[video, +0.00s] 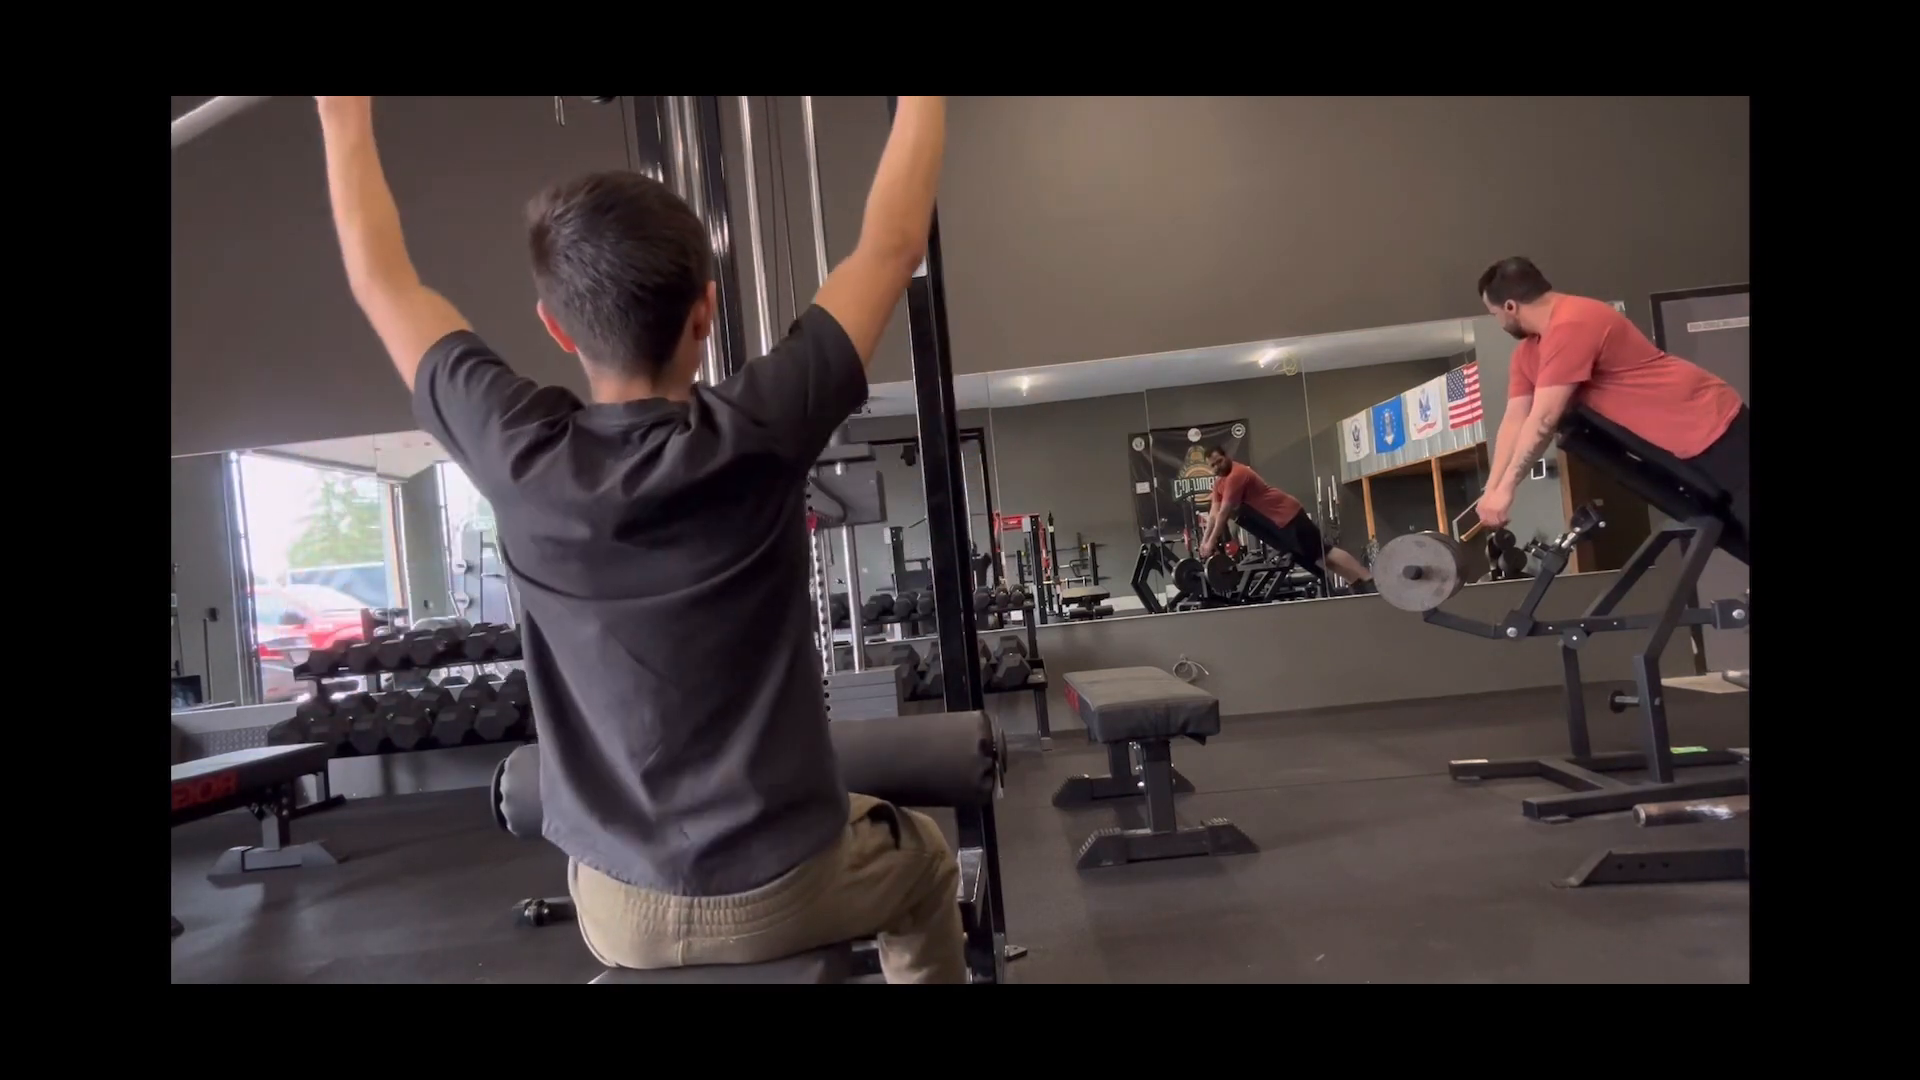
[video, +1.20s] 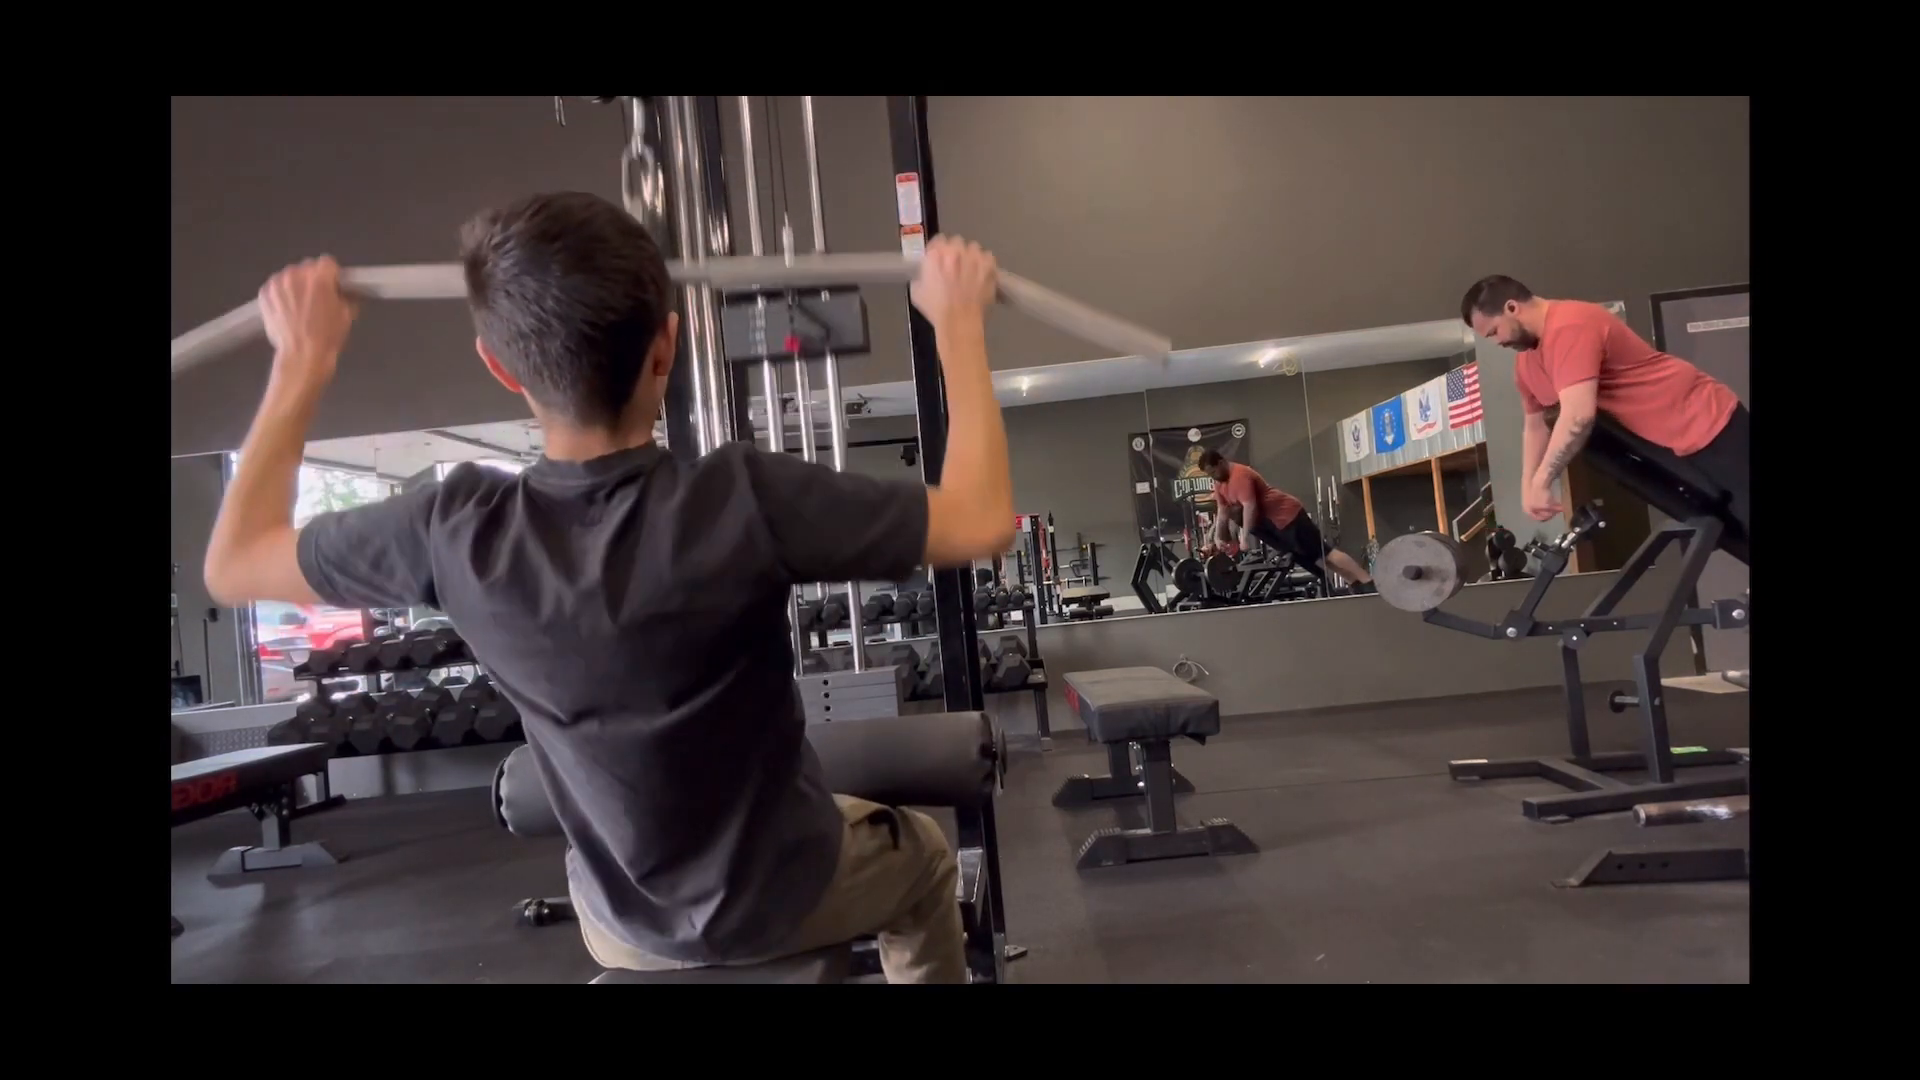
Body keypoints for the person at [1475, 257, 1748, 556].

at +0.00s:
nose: (1496, 322)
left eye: (1493, 313)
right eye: (1493, 315)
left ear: (1510, 307)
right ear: (1515, 306)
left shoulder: (1574, 323)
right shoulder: (1526, 352)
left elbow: (1544, 420)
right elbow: (1514, 418)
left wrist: (1506, 487)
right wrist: (1493, 487)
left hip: (1713, 424)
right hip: (1677, 447)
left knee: (1745, 527)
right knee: (1732, 536)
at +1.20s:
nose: (1496, 343)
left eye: (1493, 332)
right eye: (1489, 337)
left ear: (1513, 307)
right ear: (1511, 310)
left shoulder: (1570, 324)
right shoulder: (1526, 364)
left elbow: (1579, 417)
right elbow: (1535, 424)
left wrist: (1542, 480)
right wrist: (1530, 484)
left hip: (1709, 421)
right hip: (1672, 448)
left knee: (1745, 520)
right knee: (1732, 534)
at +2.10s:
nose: (1487, 363)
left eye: (1480, 354)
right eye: (1479, 358)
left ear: (1496, 332)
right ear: (1497, 334)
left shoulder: (1548, 338)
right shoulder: (1530, 366)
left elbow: (1580, 427)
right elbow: (1562, 438)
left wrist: (1587, 498)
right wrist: (1572, 506)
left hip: (1708, 422)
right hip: (1680, 442)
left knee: (1744, 523)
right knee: (1731, 530)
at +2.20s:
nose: (1487, 363)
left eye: (1481, 353)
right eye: (1479, 357)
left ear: (1496, 331)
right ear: (1497, 334)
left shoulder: (1546, 339)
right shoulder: (1528, 373)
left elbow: (1576, 426)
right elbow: (1558, 442)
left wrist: (1585, 496)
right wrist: (1572, 505)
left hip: (1708, 422)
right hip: (1681, 444)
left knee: (1745, 519)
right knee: (1733, 529)